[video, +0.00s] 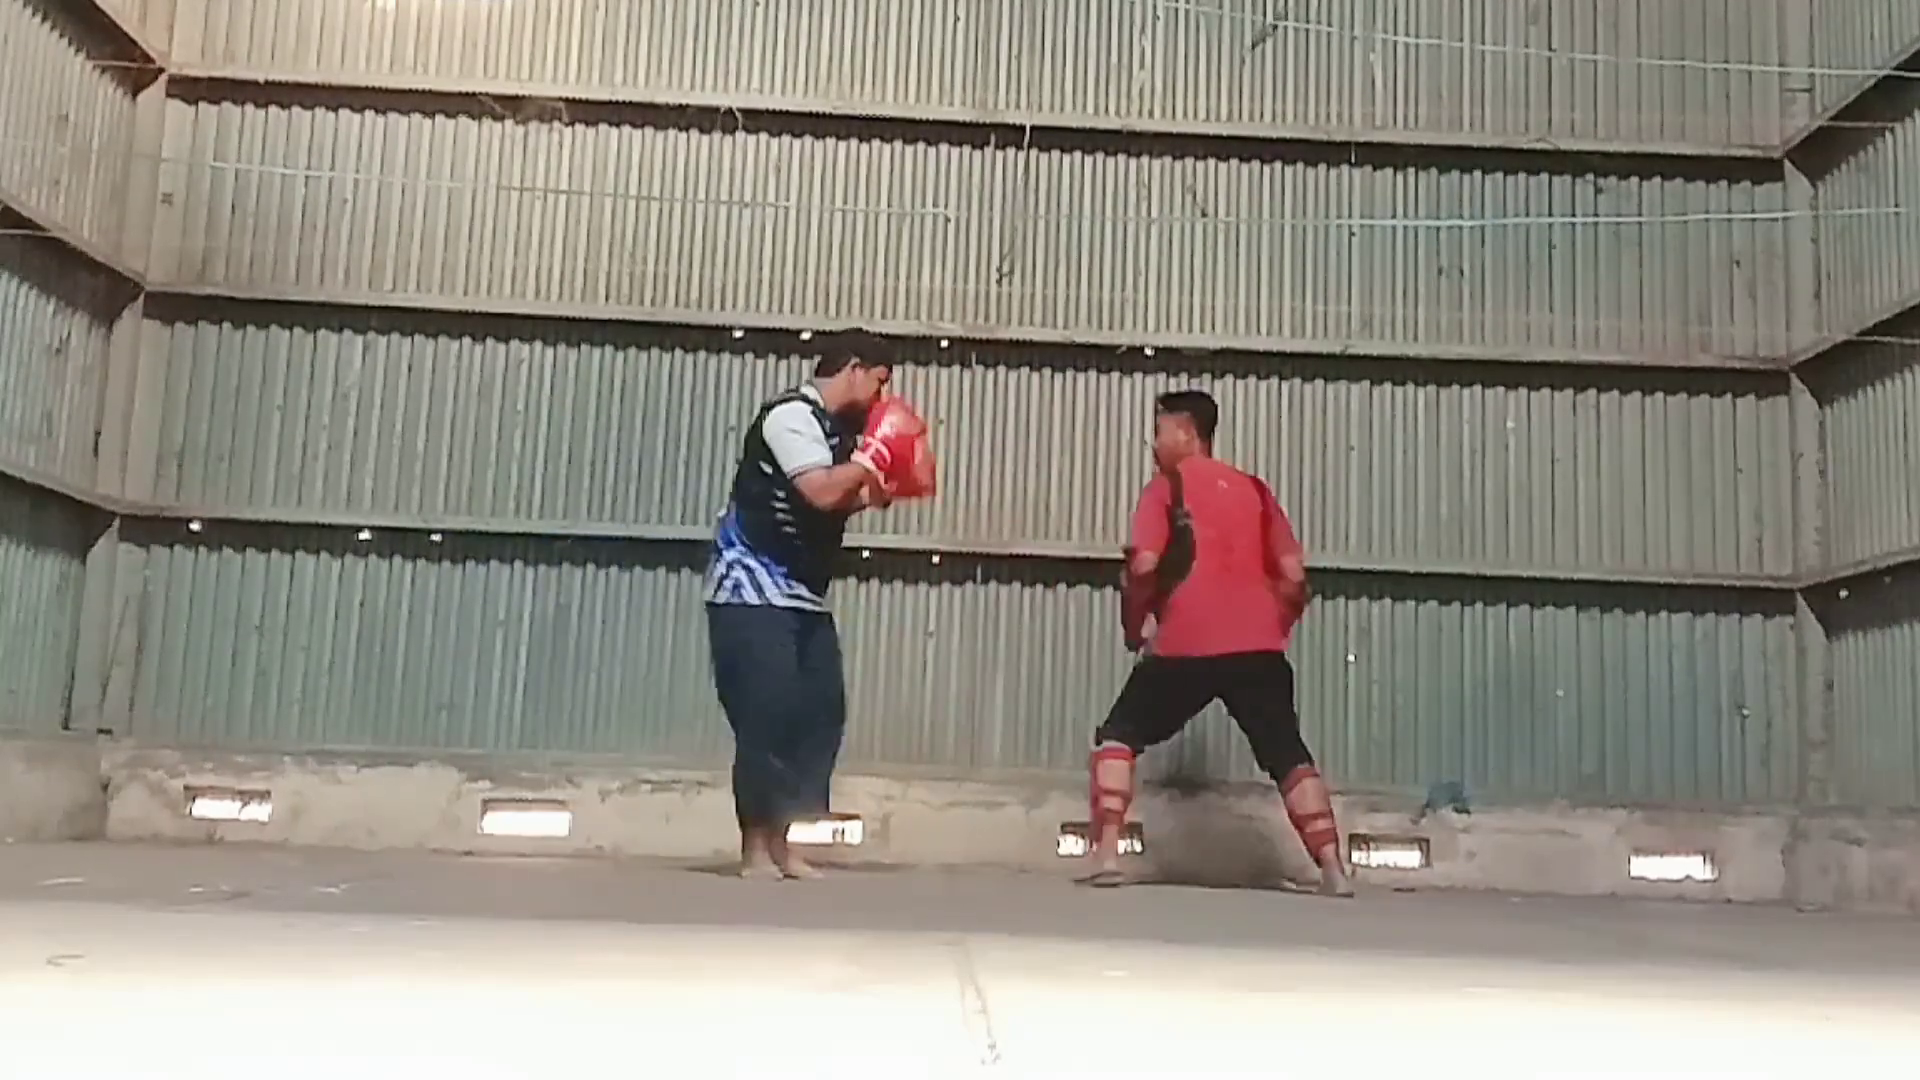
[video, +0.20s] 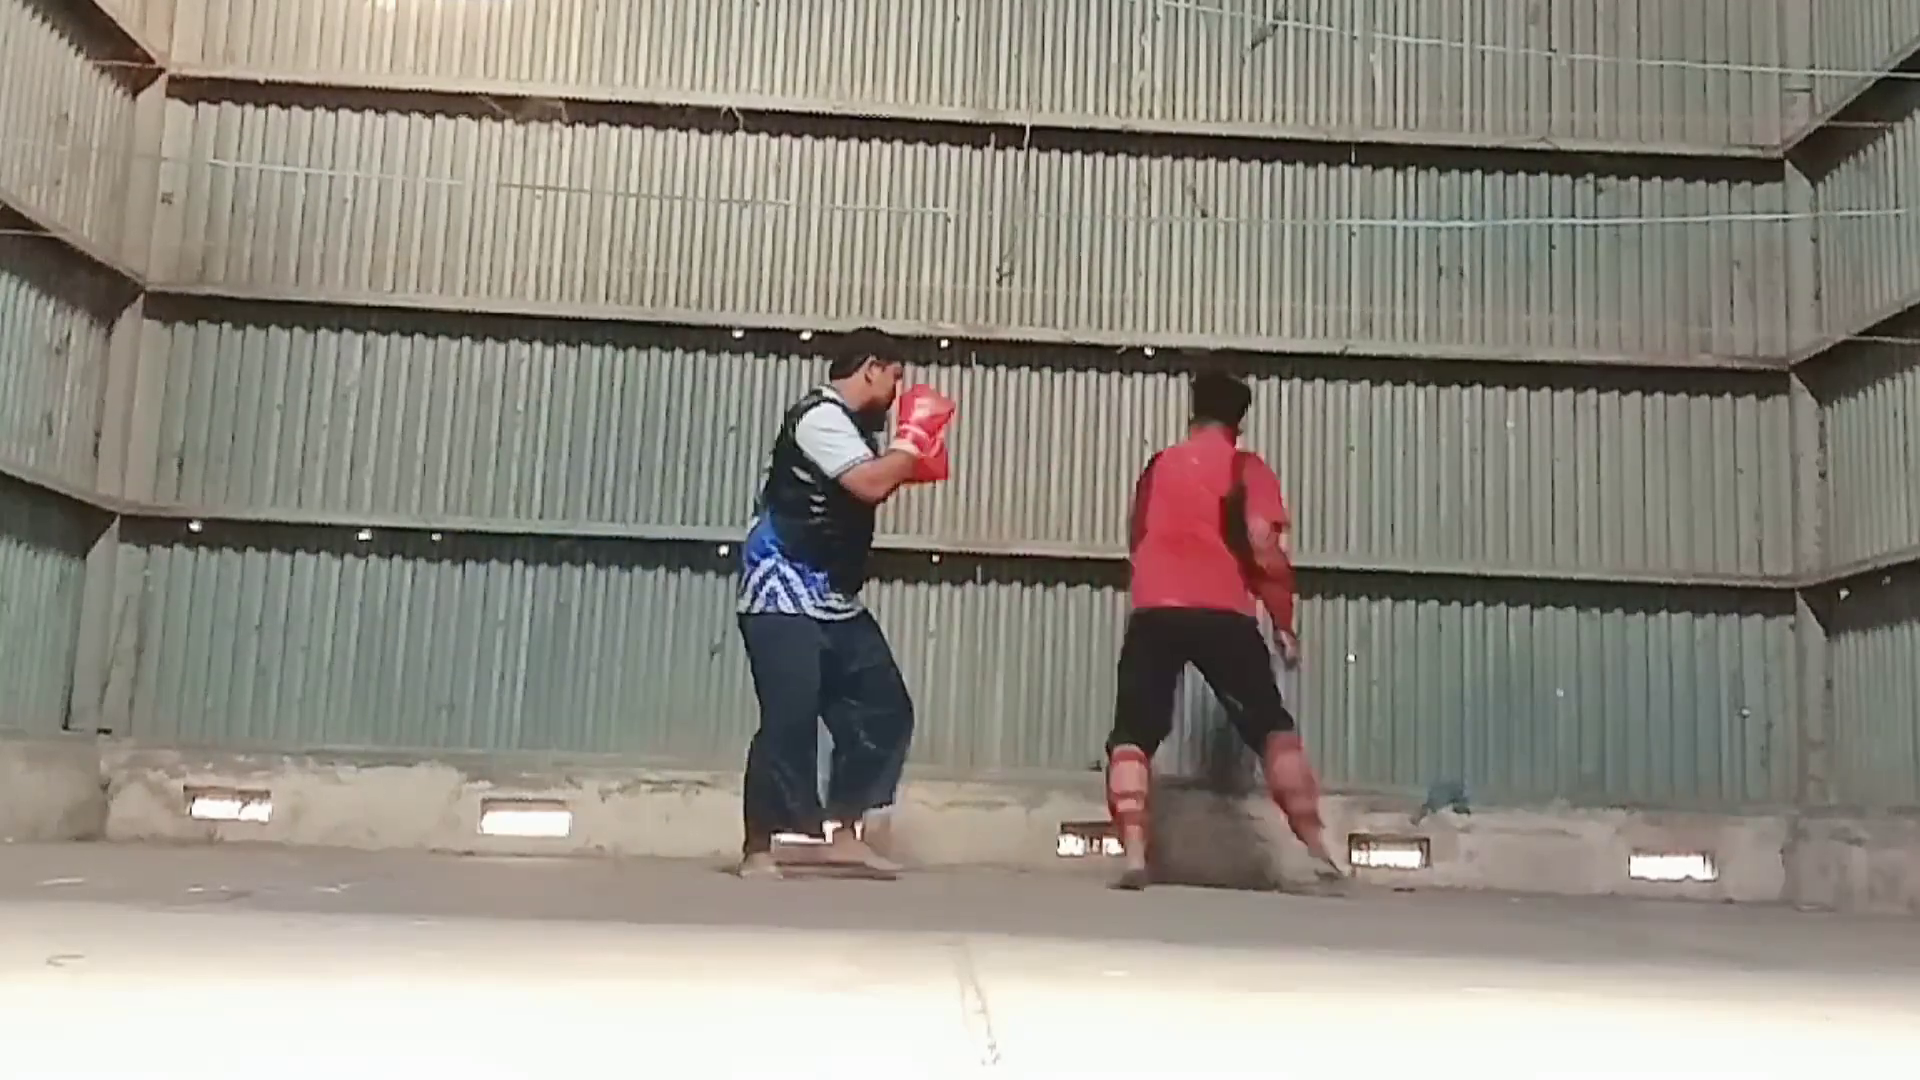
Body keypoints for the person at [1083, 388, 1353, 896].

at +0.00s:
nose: (1153, 442)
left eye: (1159, 430)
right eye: (1155, 430)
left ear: (1185, 431)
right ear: (1200, 435)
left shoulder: (1165, 489)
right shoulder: (1255, 488)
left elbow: (1143, 565)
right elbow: (1293, 576)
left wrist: (1132, 629)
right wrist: (1270, 635)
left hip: (1186, 653)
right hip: (1257, 653)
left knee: (1117, 737)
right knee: (1288, 756)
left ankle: (1106, 855)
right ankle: (1333, 868)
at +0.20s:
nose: (1235, 427)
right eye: (1239, 418)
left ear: (1193, 412)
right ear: (1241, 418)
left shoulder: (1156, 466)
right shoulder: (1250, 467)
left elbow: (1138, 539)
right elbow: (1262, 543)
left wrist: (1161, 592)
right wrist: (1284, 621)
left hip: (1154, 616)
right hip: (1223, 617)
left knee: (1132, 735)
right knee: (1273, 728)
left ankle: (1134, 858)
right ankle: (1316, 844)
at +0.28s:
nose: (1268, 416)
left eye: (1268, 405)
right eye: (1265, 404)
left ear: (1219, 404)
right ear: (1240, 402)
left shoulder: (1178, 449)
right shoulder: (1235, 445)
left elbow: (1177, 534)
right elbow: (1229, 529)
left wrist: (1235, 581)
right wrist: (1272, 598)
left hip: (1119, 586)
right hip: (1181, 587)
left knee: (1129, 715)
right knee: (1242, 685)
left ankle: (1109, 843)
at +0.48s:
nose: (1243, 434)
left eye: (1256, 428)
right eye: (1235, 422)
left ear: (1270, 440)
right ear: (1219, 424)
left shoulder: (1236, 503)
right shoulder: (1200, 464)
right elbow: (1153, 523)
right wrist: (1212, 581)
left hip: (1125, 614)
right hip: (1109, 573)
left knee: (1105, 729)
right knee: (1033, 608)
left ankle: (1073, 859)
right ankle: (970, 527)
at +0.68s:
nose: (1265, 453)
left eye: (1278, 448)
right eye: (1258, 439)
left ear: (1284, 458)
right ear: (1235, 436)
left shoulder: (1232, 510)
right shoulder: (1211, 477)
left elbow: (1177, 583)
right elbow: (1159, 532)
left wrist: (1176, 646)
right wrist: (1203, 602)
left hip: (1129, 614)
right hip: (1111, 575)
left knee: (1108, 738)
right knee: (1060, 659)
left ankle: (1072, 859)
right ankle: (968, 586)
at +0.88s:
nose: (1299, 448)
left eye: (1303, 437)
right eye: (1299, 434)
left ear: (1257, 422)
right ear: (1275, 423)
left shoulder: (1218, 457)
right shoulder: (1240, 459)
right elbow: (1209, 529)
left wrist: (1207, 620)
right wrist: (1250, 604)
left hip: (1124, 589)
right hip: (1165, 597)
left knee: (1120, 720)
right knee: (1206, 715)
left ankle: (1072, 853)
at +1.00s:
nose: (1300, 426)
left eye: (1299, 417)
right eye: (1302, 418)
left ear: (1253, 406)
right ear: (1298, 416)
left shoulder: (1208, 454)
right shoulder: (1287, 458)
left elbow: (1175, 537)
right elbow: (1276, 539)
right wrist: (1295, 622)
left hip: (1173, 610)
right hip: (1237, 619)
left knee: (1142, 727)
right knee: (1272, 732)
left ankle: (1079, 849)